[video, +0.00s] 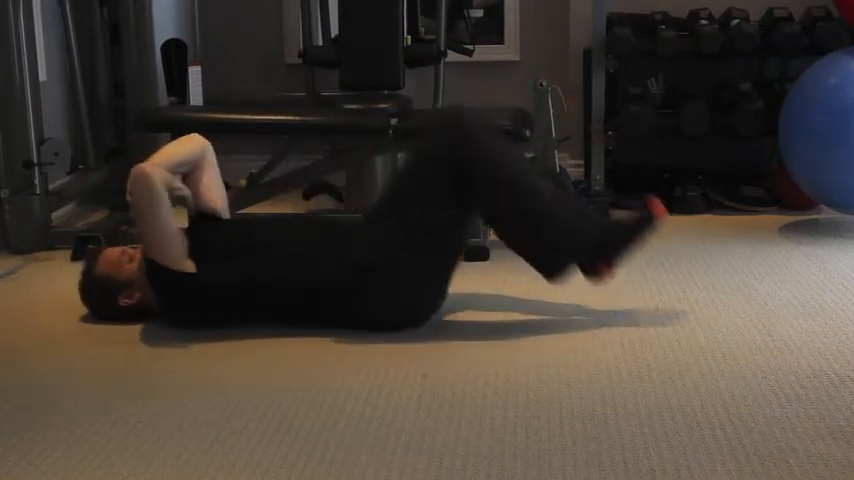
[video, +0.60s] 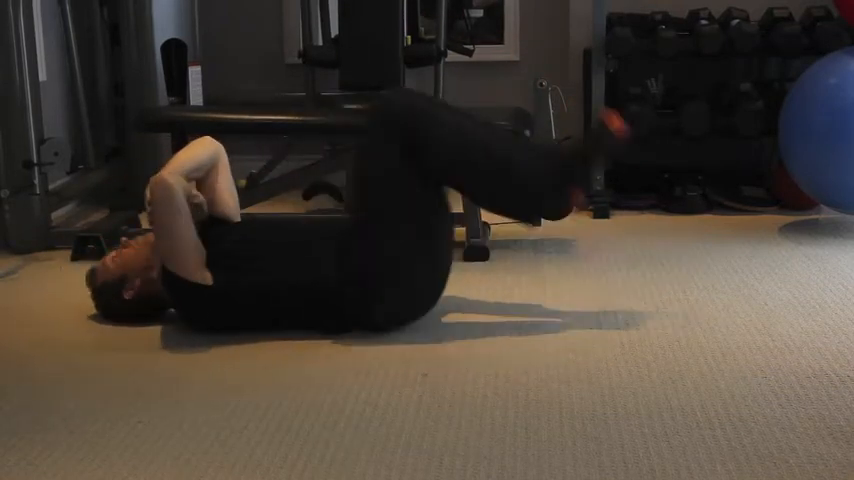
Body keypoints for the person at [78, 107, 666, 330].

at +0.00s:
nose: (130, 254)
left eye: (123, 254)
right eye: (120, 263)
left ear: (140, 267)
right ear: (130, 295)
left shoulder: (206, 250)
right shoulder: (181, 292)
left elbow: (199, 149)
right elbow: (145, 176)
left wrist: (169, 221)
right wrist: (176, 217)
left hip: (388, 259)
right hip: (383, 287)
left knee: (461, 133)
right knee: (456, 139)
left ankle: (574, 240)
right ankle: (585, 243)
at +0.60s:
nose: (127, 246)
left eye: (115, 250)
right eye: (118, 260)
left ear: (142, 261)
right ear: (137, 288)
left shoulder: (212, 248)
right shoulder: (191, 293)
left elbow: (212, 153)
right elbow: (166, 182)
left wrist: (172, 227)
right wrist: (181, 223)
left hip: (392, 271)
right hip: (380, 291)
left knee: (402, 116)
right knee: (395, 117)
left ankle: (549, 179)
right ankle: (546, 188)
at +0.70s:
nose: (124, 239)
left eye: (114, 243)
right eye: (116, 252)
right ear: (135, 288)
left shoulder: (219, 247)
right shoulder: (191, 293)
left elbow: (222, 148)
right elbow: (171, 184)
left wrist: (165, 191)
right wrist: (173, 239)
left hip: (383, 266)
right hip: (365, 286)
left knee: (342, 116)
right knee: (335, 122)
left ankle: (503, 130)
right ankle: (509, 127)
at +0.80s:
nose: (117, 239)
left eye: (105, 247)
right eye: (111, 256)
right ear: (135, 283)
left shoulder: (216, 245)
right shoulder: (190, 292)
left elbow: (236, 146)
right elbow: (180, 175)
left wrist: (182, 178)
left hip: (391, 257)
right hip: (367, 276)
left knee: (289, 129)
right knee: (283, 132)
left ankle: (451, 102)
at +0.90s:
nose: (123, 236)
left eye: (112, 244)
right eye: (114, 251)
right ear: (135, 284)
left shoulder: (213, 272)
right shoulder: (198, 293)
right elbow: (191, 172)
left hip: (392, 243)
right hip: (369, 253)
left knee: (252, 159)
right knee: (244, 150)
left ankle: (398, 88)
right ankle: (391, 100)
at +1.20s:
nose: (122, 237)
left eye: (110, 245)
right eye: (111, 252)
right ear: (134, 284)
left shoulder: (218, 267)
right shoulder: (196, 291)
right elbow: (200, 170)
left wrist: (196, 162)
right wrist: (187, 166)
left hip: (393, 242)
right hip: (362, 257)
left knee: (258, 143)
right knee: (245, 141)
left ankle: (393, 77)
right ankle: (385, 99)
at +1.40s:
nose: (135, 243)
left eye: (122, 243)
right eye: (120, 258)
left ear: (143, 246)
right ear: (134, 293)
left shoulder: (217, 261)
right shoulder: (196, 298)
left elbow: (226, 152)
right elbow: (189, 178)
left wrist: (184, 186)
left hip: (394, 267)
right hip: (376, 286)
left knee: (339, 120)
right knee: (330, 123)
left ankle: (497, 134)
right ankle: (502, 128)